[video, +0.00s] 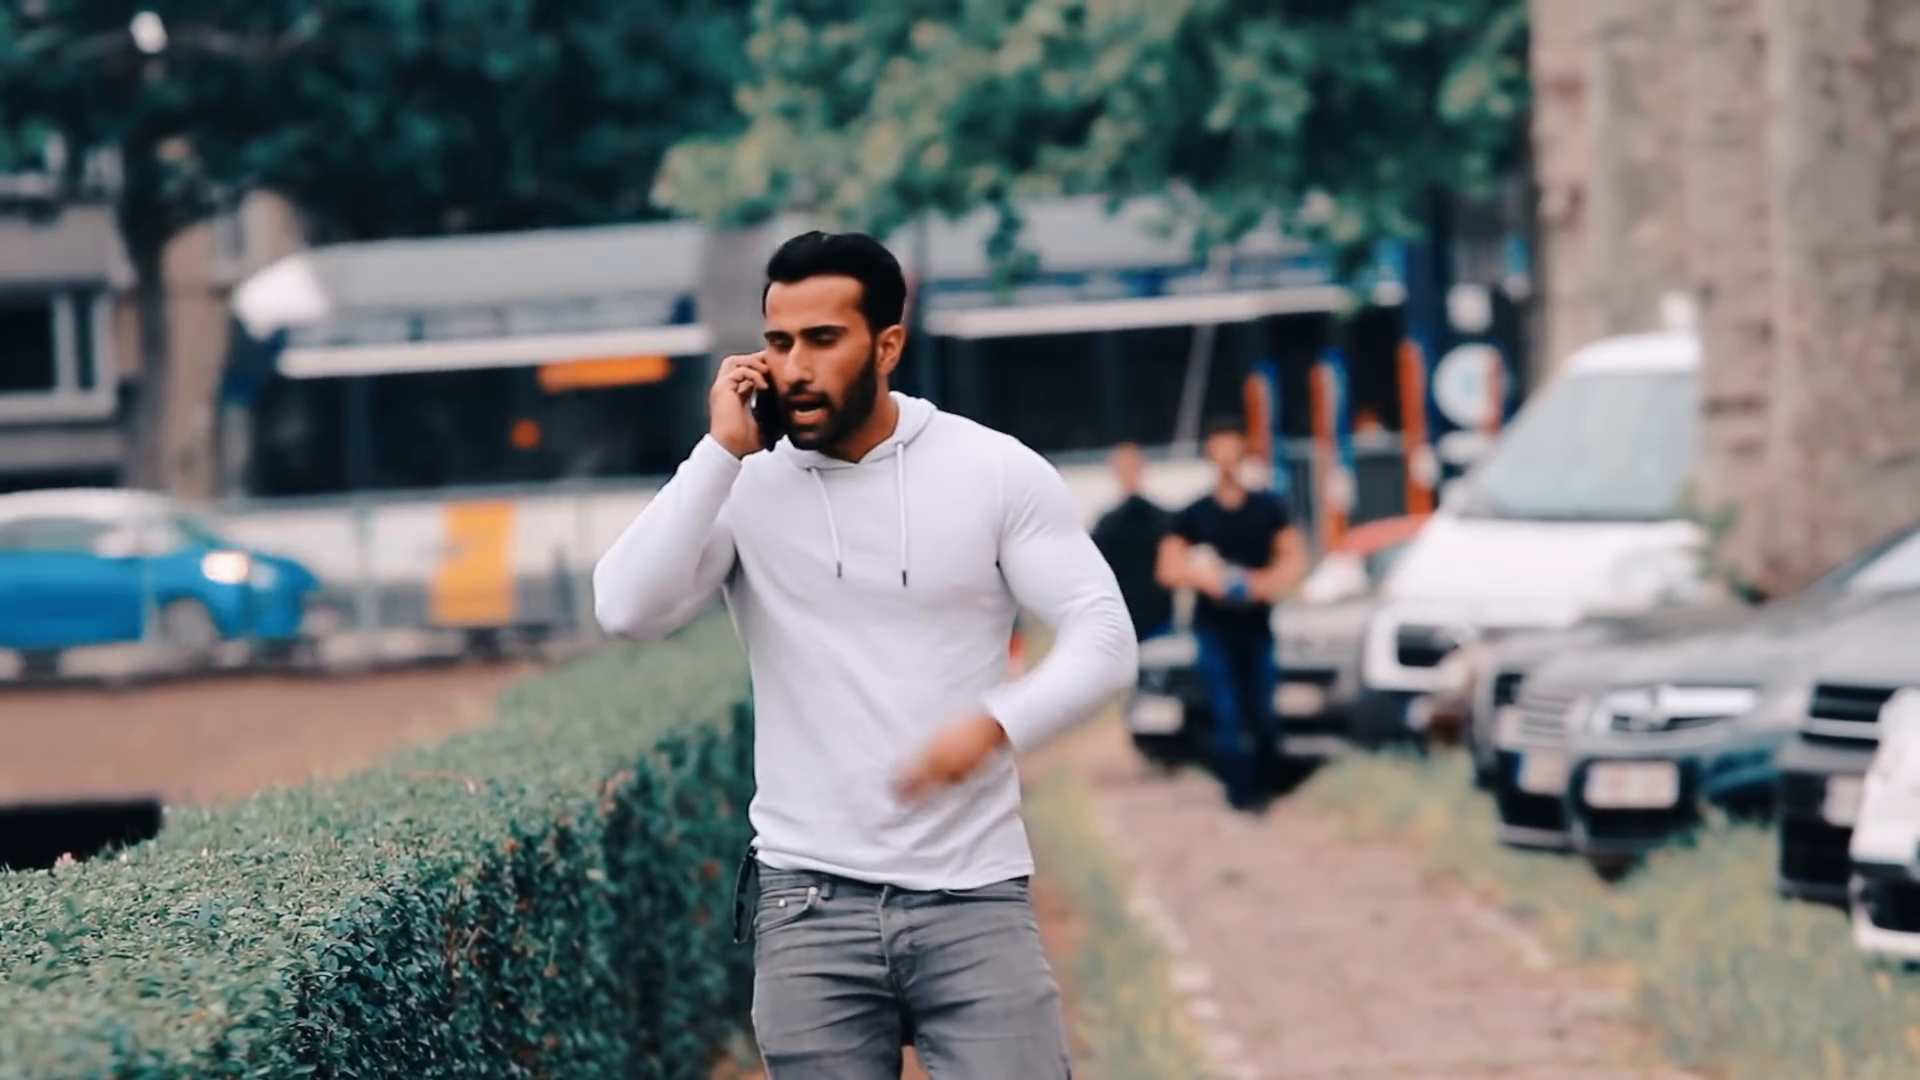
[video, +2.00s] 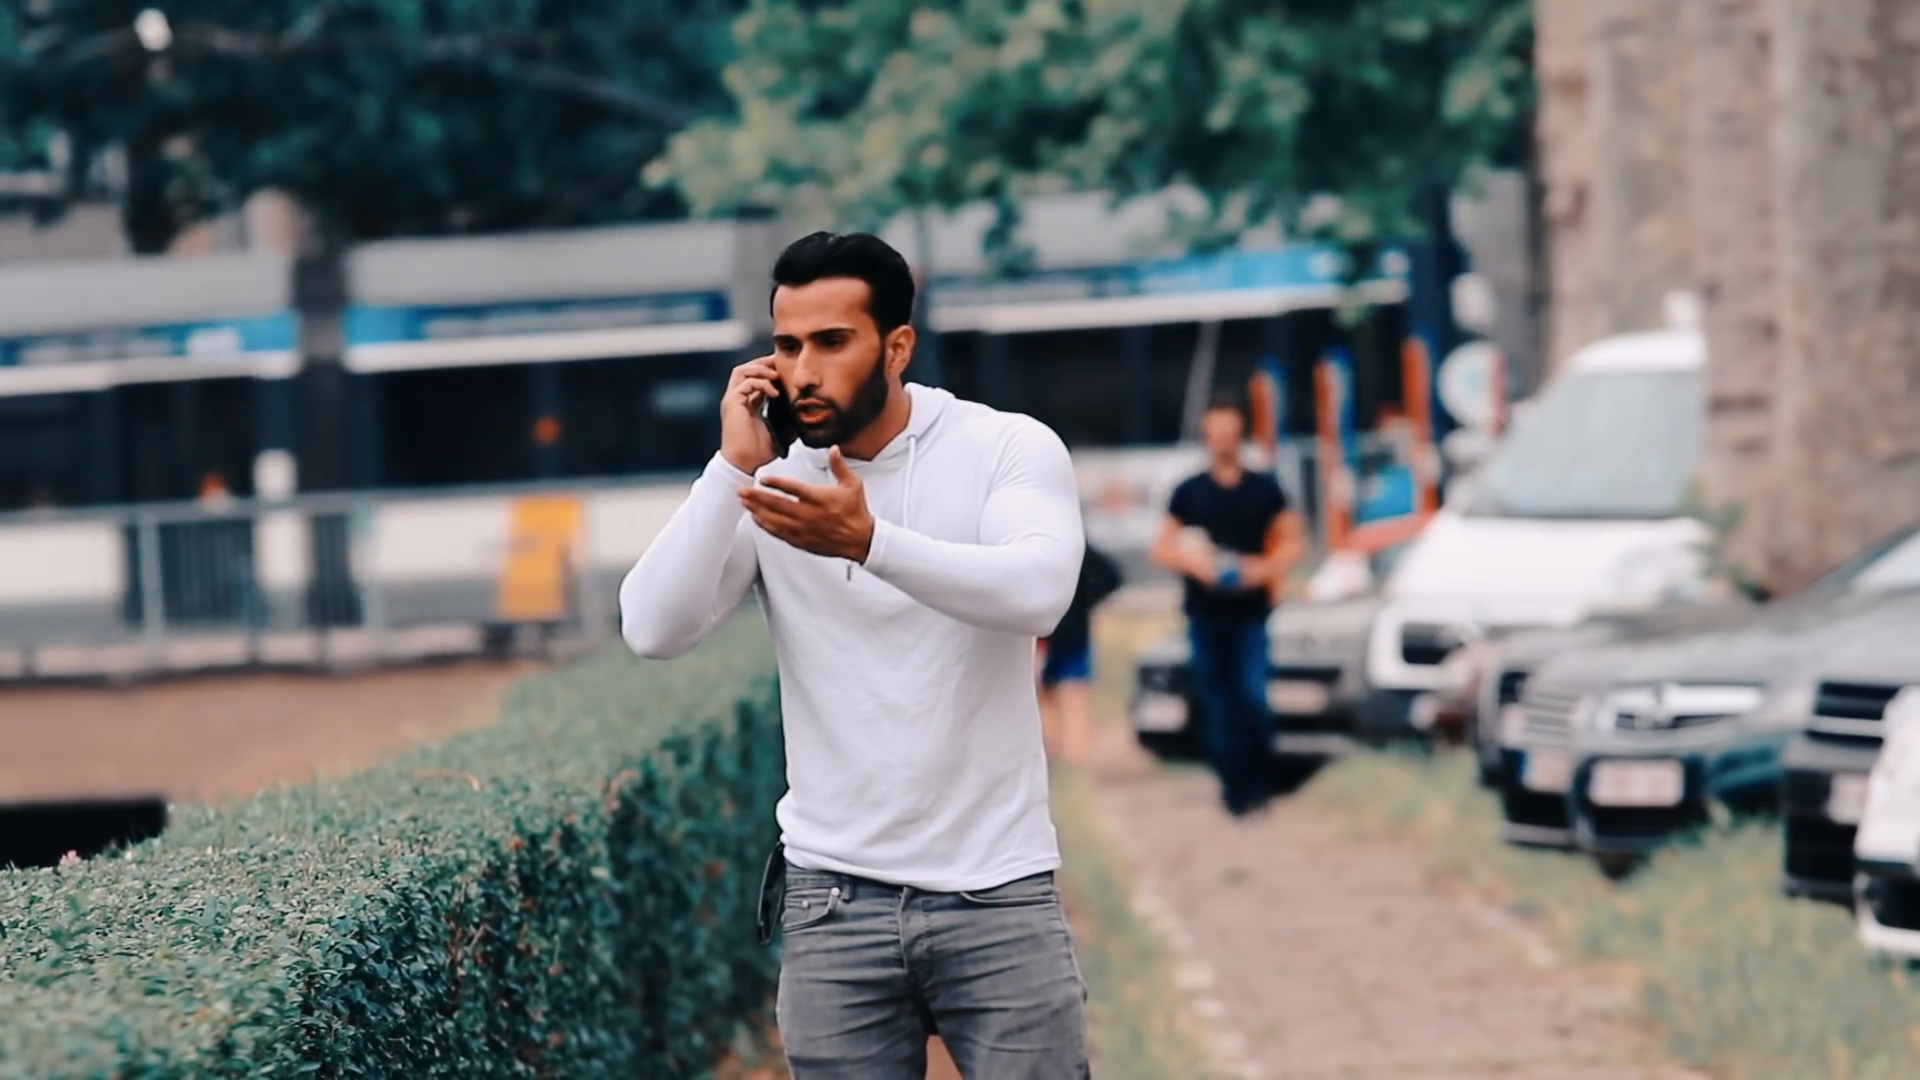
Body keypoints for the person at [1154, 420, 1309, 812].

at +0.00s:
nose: (1226, 455)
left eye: (1232, 446)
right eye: (1218, 447)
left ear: (1243, 451)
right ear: (1208, 454)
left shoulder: (1268, 509)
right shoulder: (1195, 515)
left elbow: (1293, 560)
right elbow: (1168, 568)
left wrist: (1265, 584)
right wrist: (1209, 580)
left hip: (1256, 623)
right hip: (1214, 626)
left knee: (1262, 708)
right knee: (1227, 710)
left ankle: (1264, 785)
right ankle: (1239, 790)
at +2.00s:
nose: (1221, 440)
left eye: (1229, 432)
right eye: (1214, 432)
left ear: (1241, 435)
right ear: (1204, 435)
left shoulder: (1264, 488)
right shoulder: (1190, 492)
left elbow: (1291, 542)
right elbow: (1163, 547)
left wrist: (1262, 569)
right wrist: (1198, 566)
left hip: (1251, 609)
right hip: (1207, 611)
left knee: (1251, 695)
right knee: (1217, 700)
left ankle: (1258, 785)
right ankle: (1233, 787)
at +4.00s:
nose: (1224, 435)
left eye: (1231, 427)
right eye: (1216, 427)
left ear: (1242, 430)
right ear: (1202, 430)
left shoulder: (1264, 486)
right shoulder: (1182, 489)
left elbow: (1289, 548)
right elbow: (1155, 548)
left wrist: (1250, 565)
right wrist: (1188, 562)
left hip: (1245, 617)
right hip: (1198, 618)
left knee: (1253, 703)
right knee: (1203, 714)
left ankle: (1283, 802)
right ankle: (1212, 810)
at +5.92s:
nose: (1241, 423)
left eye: (1249, 414)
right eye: (1232, 415)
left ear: (1263, 419)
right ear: (1220, 421)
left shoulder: (1287, 486)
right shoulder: (1202, 486)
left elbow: (1321, 537)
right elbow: (1167, 551)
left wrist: (1289, 572)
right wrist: (1214, 564)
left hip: (1273, 621)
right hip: (1223, 623)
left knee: (1277, 714)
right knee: (1233, 724)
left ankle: (1286, 810)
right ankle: (1248, 814)